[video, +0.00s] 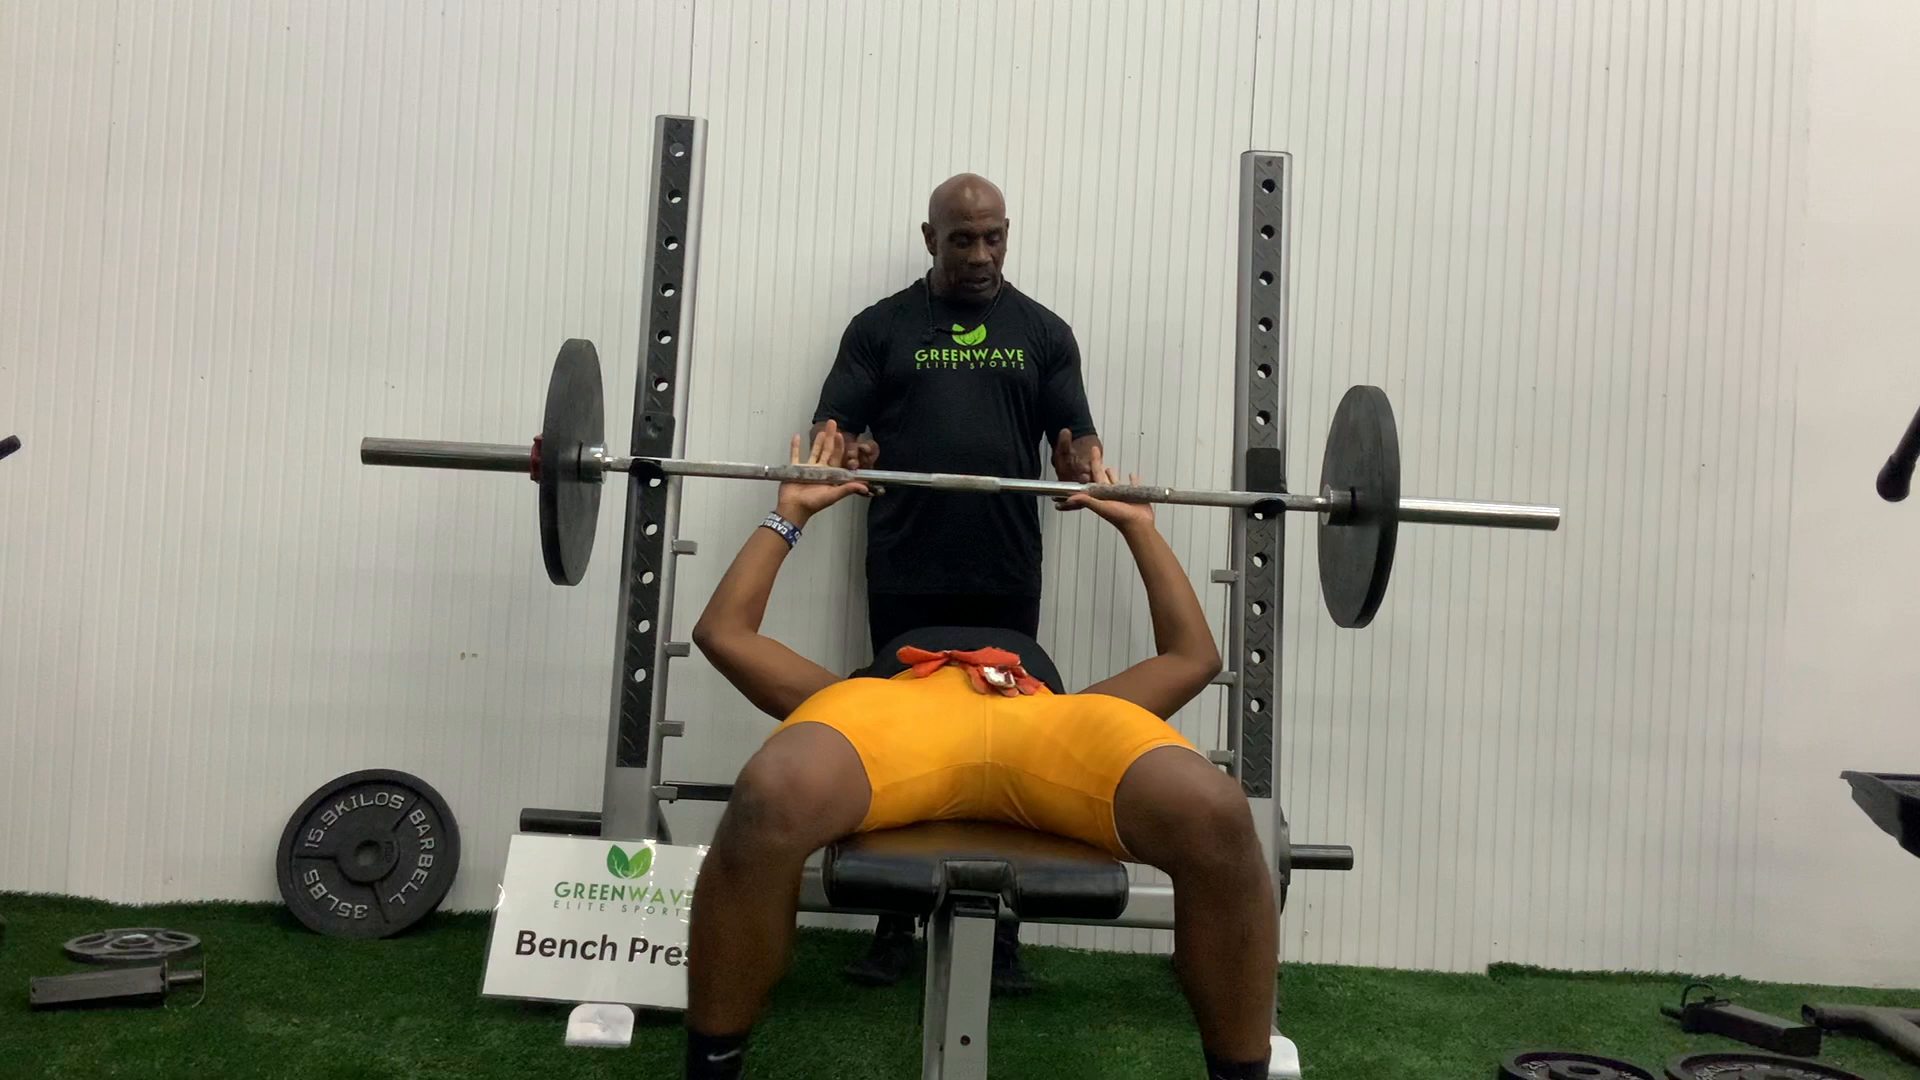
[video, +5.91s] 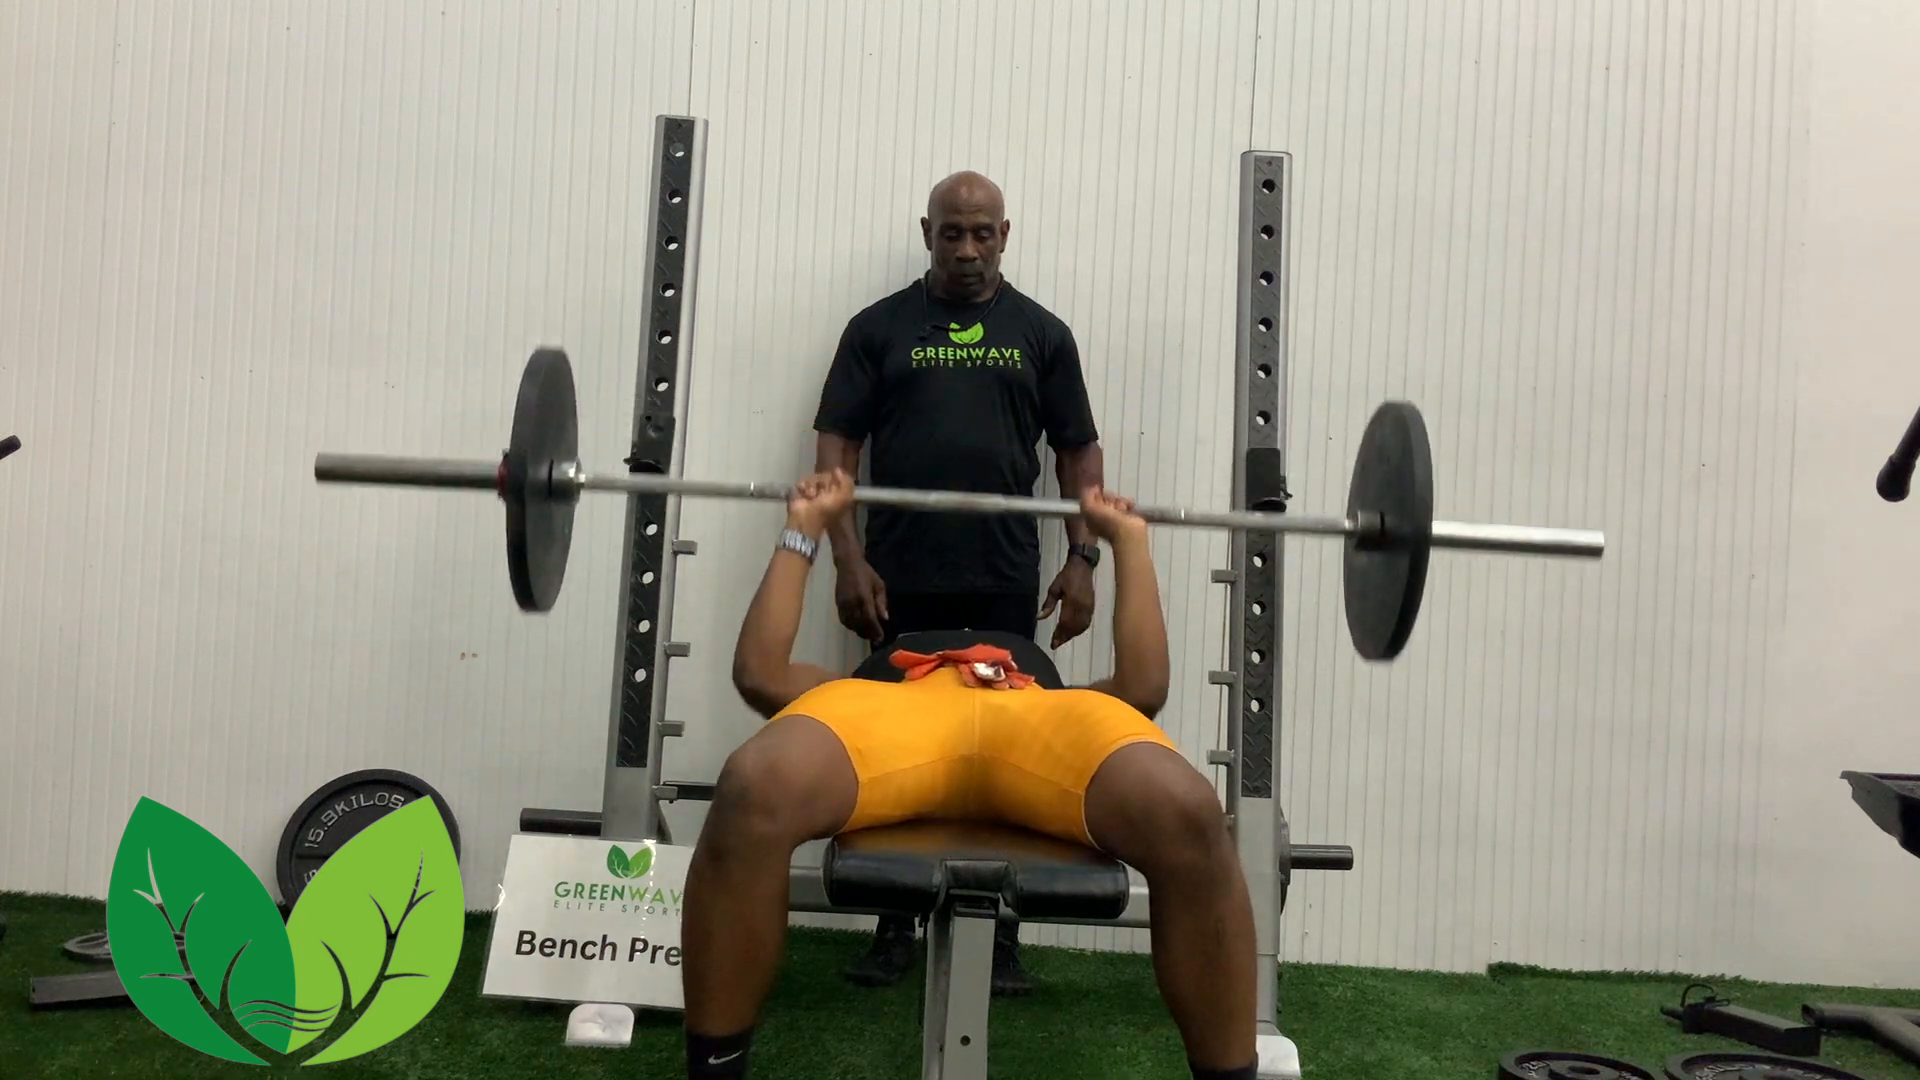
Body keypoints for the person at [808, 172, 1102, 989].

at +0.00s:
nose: (983, 253)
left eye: (994, 238)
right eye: (965, 239)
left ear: (1009, 238)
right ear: (929, 240)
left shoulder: (1042, 333)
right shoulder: (880, 329)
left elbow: (1075, 453)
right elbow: (830, 440)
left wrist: (1086, 470)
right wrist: (852, 454)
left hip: (1008, 575)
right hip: (905, 574)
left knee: (1014, 743)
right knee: (894, 738)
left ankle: (999, 924)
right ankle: (897, 917)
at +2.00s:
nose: (968, 229)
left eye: (983, 216)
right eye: (953, 216)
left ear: (1005, 231)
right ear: (928, 230)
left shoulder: (1042, 335)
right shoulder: (877, 329)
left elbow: (1078, 451)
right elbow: (828, 441)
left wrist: (1063, 541)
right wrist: (844, 530)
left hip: (1005, 584)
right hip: (900, 582)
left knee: (1014, 750)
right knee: (893, 749)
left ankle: (1000, 926)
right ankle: (897, 919)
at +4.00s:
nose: (972, 248)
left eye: (987, 234)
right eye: (956, 233)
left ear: (1006, 238)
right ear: (927, 236)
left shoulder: (1041, 335)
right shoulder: (876, 332)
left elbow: (1078, 457)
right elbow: (833, 456)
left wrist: (1082, 558)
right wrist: (849, 561)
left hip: (1007, 583)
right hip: (903, 580)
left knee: (1013, 750)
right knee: (892, 747)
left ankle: (1000, 930)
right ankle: (896, 922)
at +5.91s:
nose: (969, 248)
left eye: (985, 234)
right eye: (953, 233)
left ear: (1006, 239)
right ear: (927, 236)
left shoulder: (1042, 337)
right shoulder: (876, 332)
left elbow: (1079, 455)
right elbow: (835, 457)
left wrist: (1082, 558)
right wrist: (849, 559)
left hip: (1006, 588)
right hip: (903, 585)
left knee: (1013, 752)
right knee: (891, 749)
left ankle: (998, 929)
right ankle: (896, 919)